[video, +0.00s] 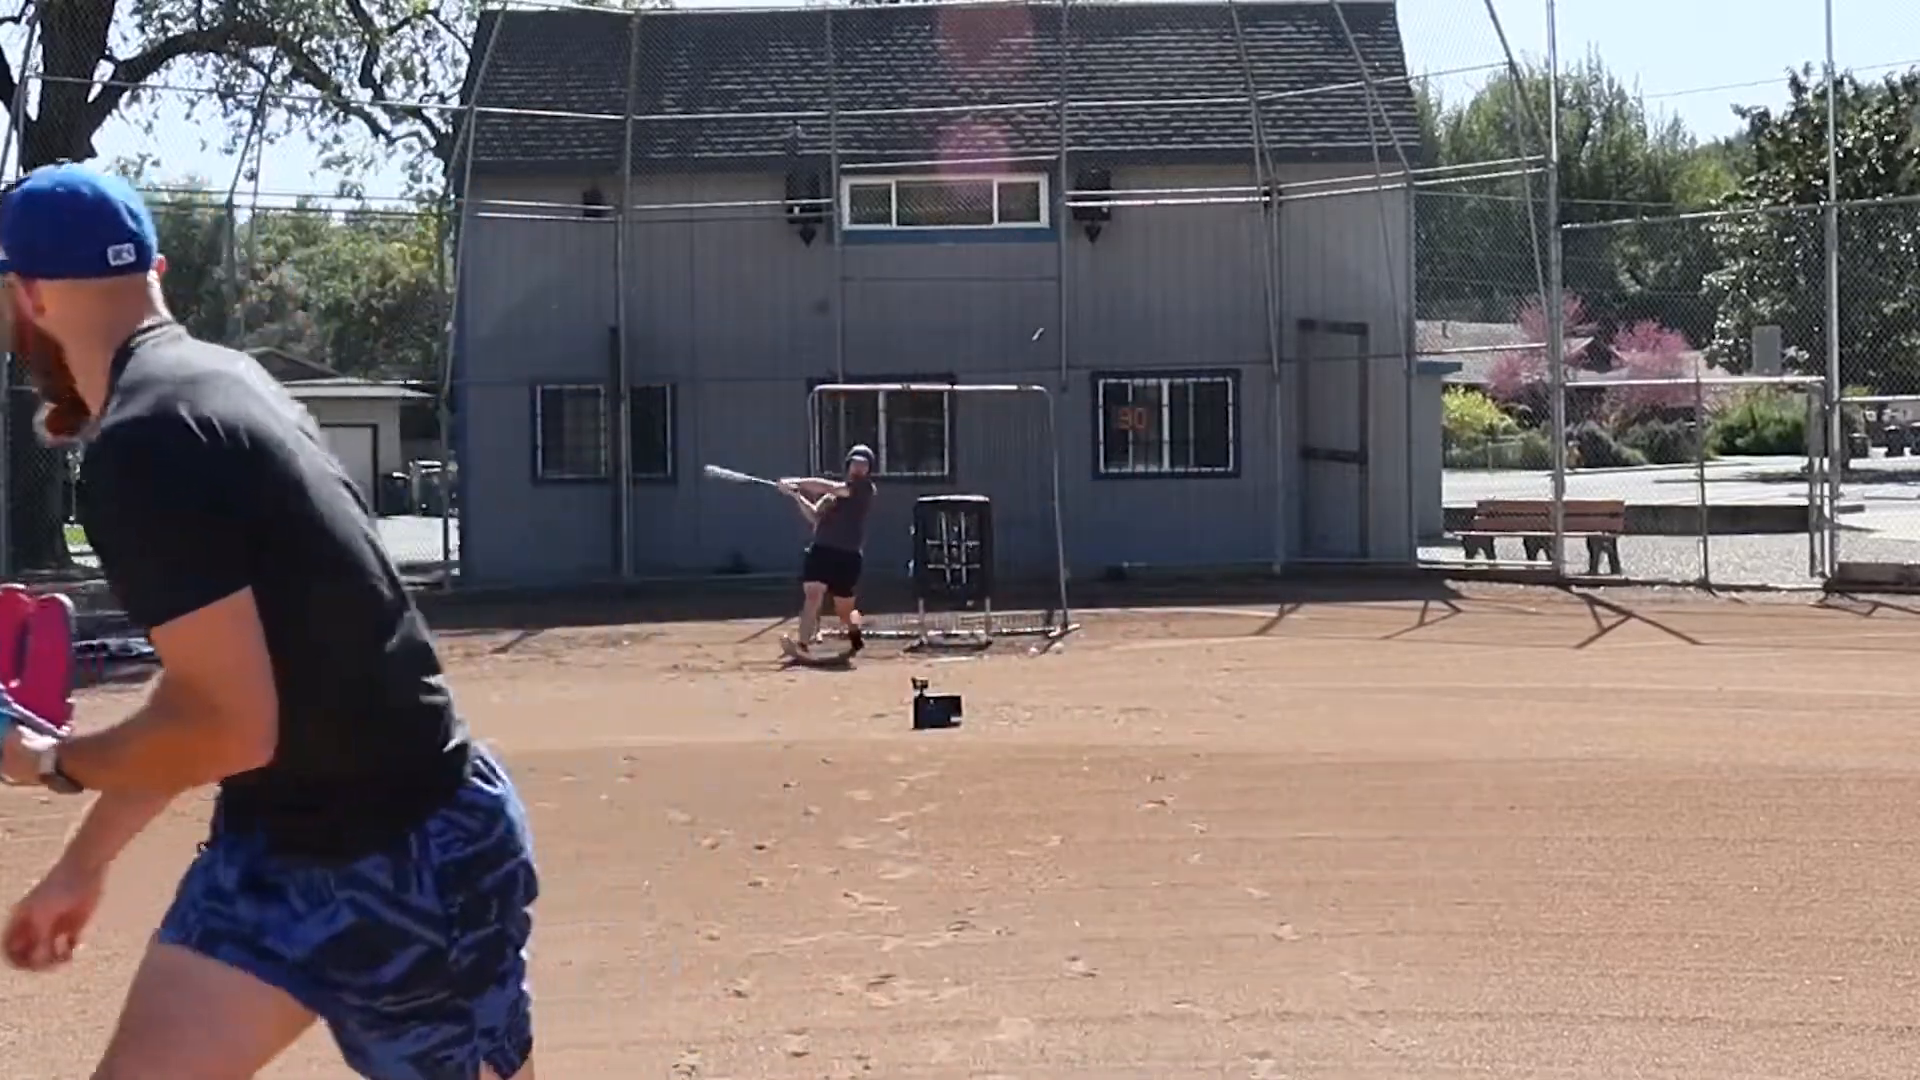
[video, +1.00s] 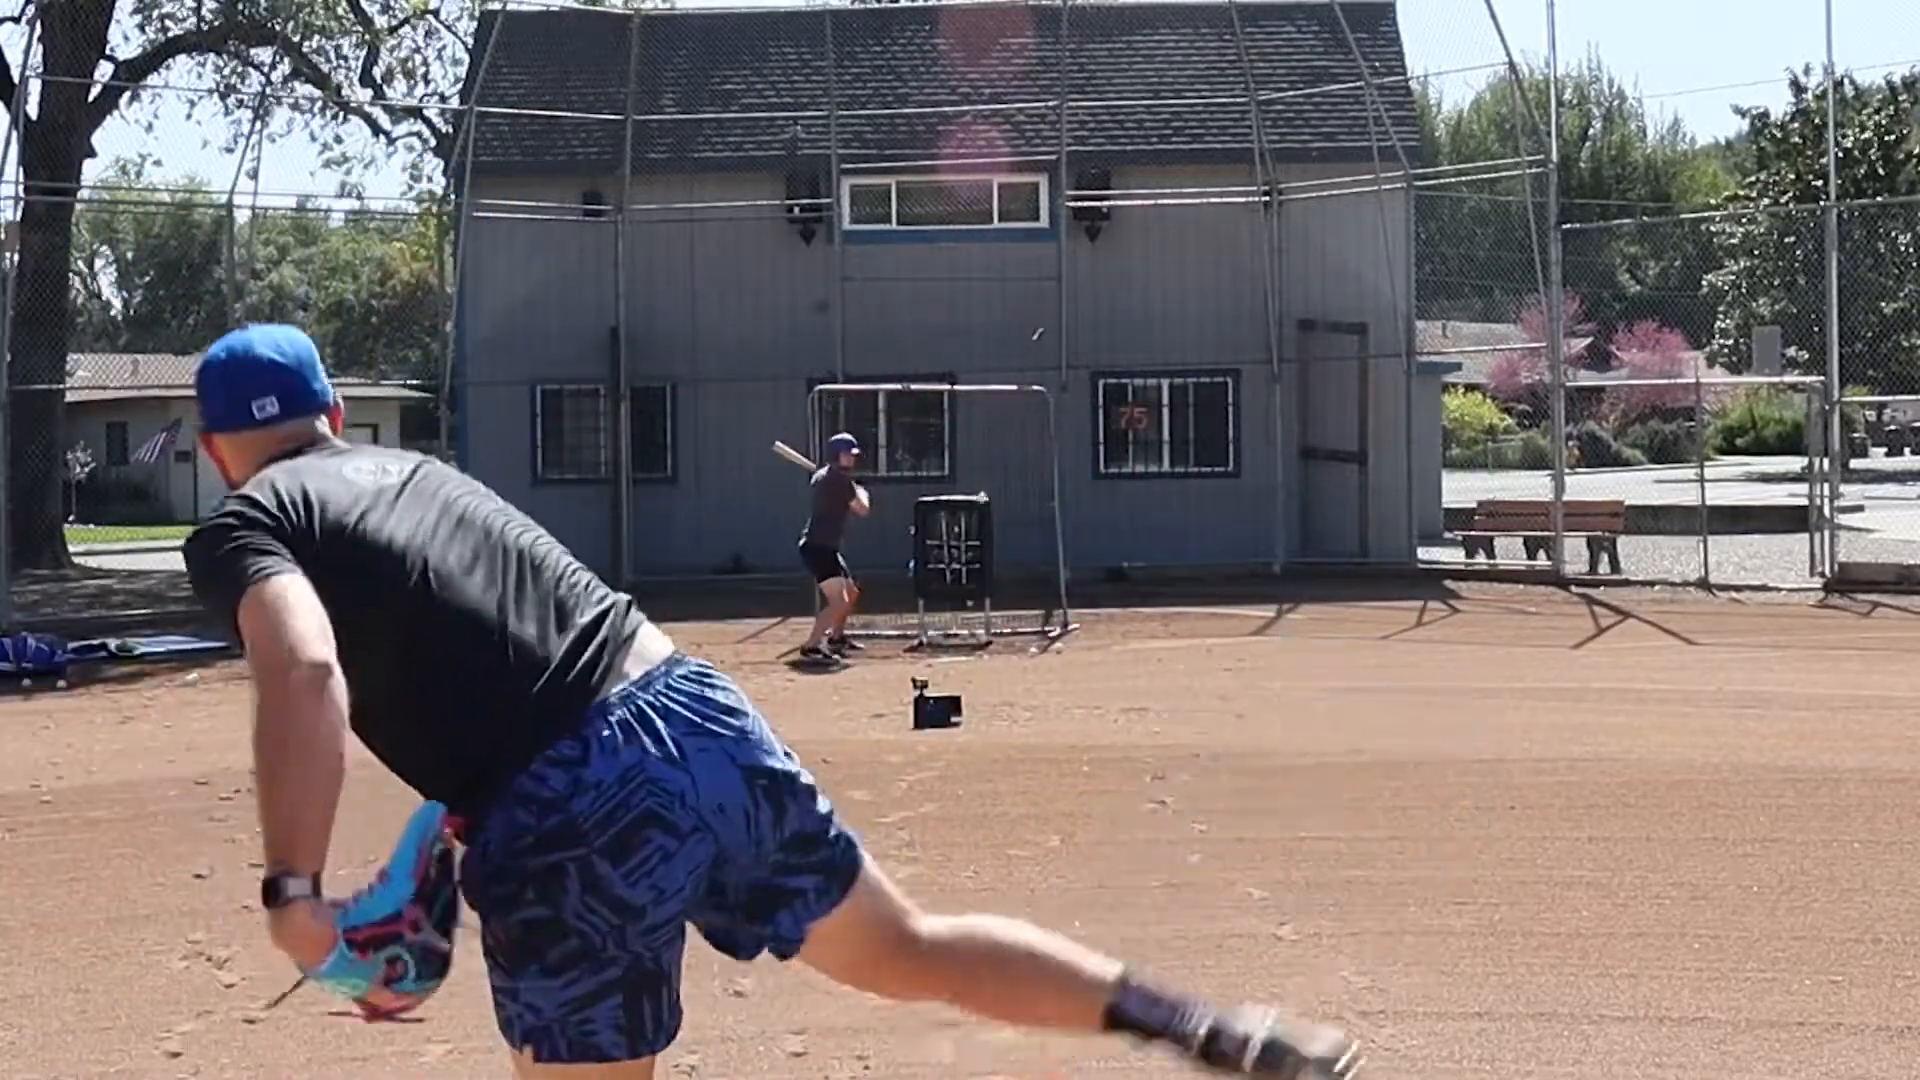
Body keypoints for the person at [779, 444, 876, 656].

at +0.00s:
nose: (858, 469)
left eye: (863, 465)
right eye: (855, 464)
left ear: (868, 469)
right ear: (848, 465)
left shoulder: (865, 489)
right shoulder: (836, 491)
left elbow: (830, 488)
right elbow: (815, 515)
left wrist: (797, 482)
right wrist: (795, 494)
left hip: (847, 553)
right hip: (822, 548)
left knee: (845, 610)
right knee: (813, 595)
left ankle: (854, 631)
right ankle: (803, 643)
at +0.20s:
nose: (853, 448)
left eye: (853, 444)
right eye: (849, 443)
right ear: (839, 444)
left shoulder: (844, 475)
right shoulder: (828, 474)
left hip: (830, 532)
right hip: (824, 533)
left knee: (855, 581)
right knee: (856, 581)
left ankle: (837, 627)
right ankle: (834, 626)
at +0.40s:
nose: (857, 451)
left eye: (858, 447)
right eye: (853, 447)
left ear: (842, 448)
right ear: (842, 448)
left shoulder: (832, 466)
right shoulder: (844, 469)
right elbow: (873, 493)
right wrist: (874, 474)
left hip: (815, 534)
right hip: (825, 536)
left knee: (852, 582)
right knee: (867, 566)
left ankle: (840, 632)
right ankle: (839, 614)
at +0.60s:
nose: (858, 457)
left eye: (860, 452)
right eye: (852, 452)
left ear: (862, 453)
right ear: (842, 453)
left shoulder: (838, 470)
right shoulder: (842, 473)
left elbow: (865, 500)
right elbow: (869, 498)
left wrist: (866, 480)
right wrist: (867, 480)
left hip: (816, 537)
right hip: (821, 536)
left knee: (850, 584)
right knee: (861, 573)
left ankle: (837, 632)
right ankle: (837, 619)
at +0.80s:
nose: (858, 465)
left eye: (860, 460)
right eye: (854, 460)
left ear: (858, 460)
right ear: (843, 460)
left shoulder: (828, 477)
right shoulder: (846, 480)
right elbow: (870, 505)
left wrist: (857, 483)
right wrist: (862, 483)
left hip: (826, 546)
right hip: (817, 546)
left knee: (855, 591)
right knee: (837, 598)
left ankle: (837, 635)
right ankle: (814, 643)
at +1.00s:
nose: (852, 458)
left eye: (853, 453)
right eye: (848, 453)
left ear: (843, 455)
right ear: (836, 455)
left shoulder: (821, 475)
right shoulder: (838, 479)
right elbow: (862, 509)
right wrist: (860, 491)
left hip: (825, 545)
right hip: (818, 546)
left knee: (851, 592)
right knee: (840, 600)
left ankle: (837, 636)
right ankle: (812, 645)